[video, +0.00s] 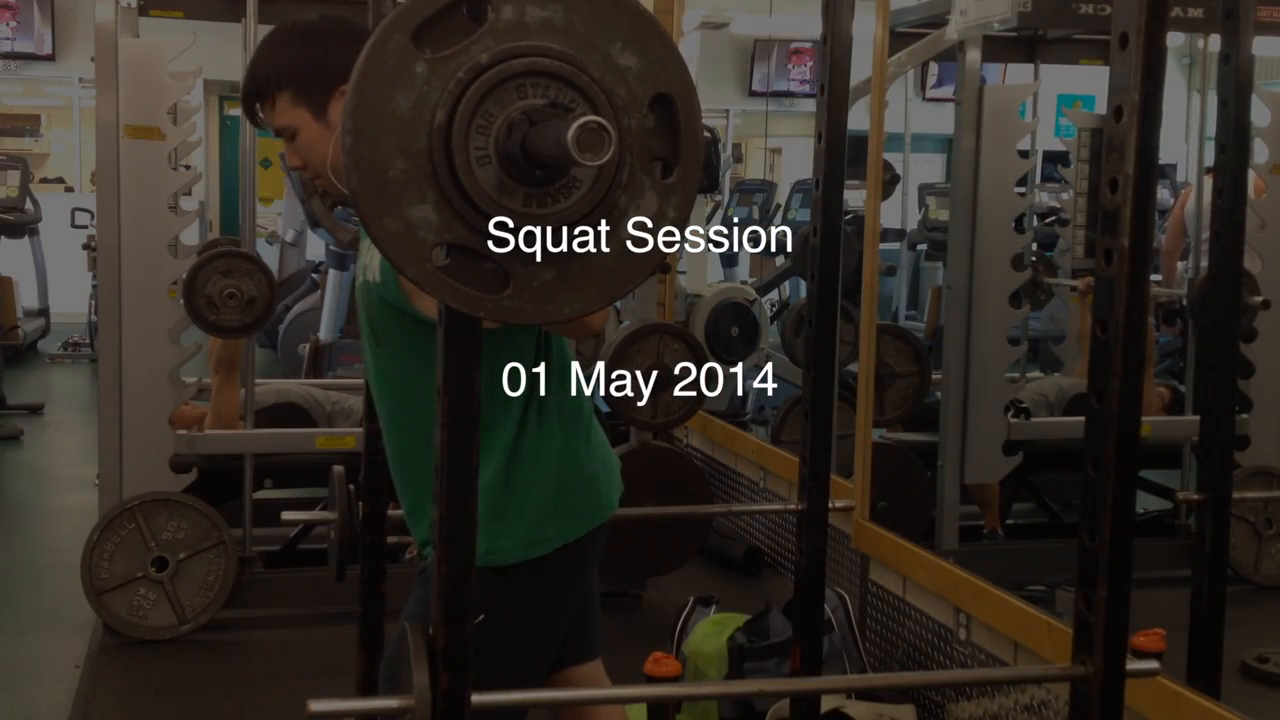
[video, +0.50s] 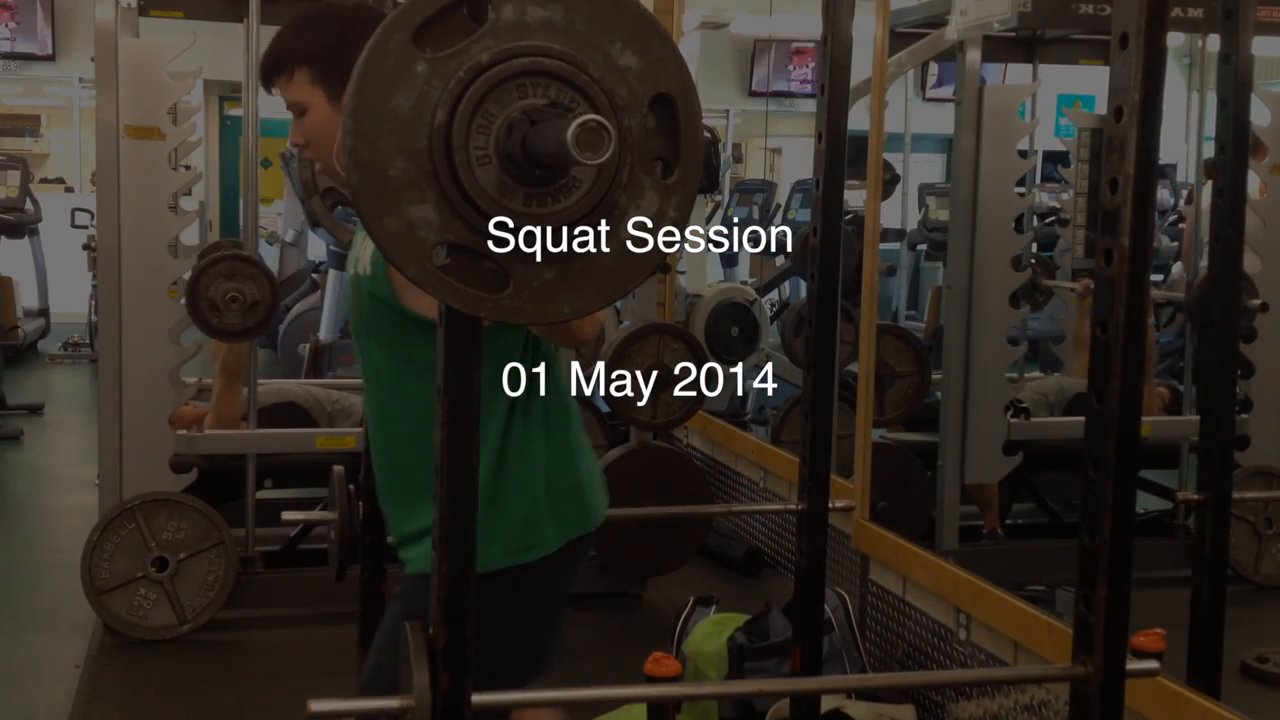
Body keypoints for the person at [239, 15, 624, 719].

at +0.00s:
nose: (290, 157)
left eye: (291, 132)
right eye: (280, 140)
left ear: (347, 104)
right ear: (343, 110)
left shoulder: (403, 217)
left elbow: (588, 318)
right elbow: (588, 317)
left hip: (507, 515)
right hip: (557, 492)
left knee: (447, 695)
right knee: (578, 679)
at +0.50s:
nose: (296, 136)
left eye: (301, 111)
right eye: (292, 116)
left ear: (360, 95)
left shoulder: (413, 229)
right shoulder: (384, 226)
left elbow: (582, 325)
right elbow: (579, 323)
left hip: (495, 539)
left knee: (396, 705)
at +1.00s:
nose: (296, 120)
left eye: (305, 95)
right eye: (295, 98)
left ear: (369, 89)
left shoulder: (414, 223)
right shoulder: (369, 224)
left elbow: (571, 328)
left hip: (450, 544)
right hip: (395, 535)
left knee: (348, 714)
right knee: (334, 696)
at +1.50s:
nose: (306, 84)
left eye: (323, 62)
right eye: (312, 63)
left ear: (388, 73)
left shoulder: (414, 222)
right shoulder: (374, 218)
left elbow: (574, 327)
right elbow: (568, 320)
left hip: (449, 538)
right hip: (397, 530)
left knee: (353, 715)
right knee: (337, 705)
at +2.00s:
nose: (310, 54)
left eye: (326, 30)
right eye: (314, 31)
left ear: (389, 41)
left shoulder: (415, 180)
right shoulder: (377, 181)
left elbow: (566, 289)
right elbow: (566, 288)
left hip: (447, 518)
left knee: (437, 704)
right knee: (420, 704)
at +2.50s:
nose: (316, 55)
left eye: (331, 31)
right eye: (320, 32)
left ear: (392, 42)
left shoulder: (404, 183)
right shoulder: (381, 179)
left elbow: (576, 298)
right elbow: (573, 296)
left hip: (435, 515)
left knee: (422, 704)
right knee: (418, 701)